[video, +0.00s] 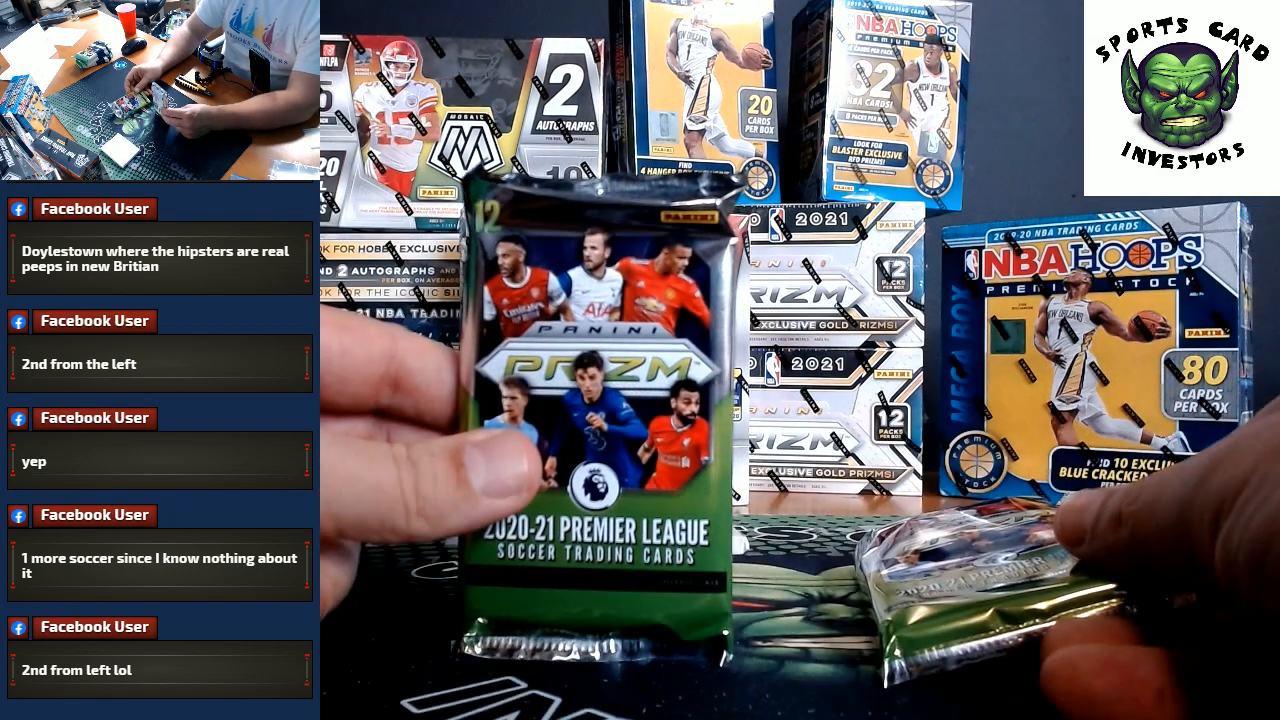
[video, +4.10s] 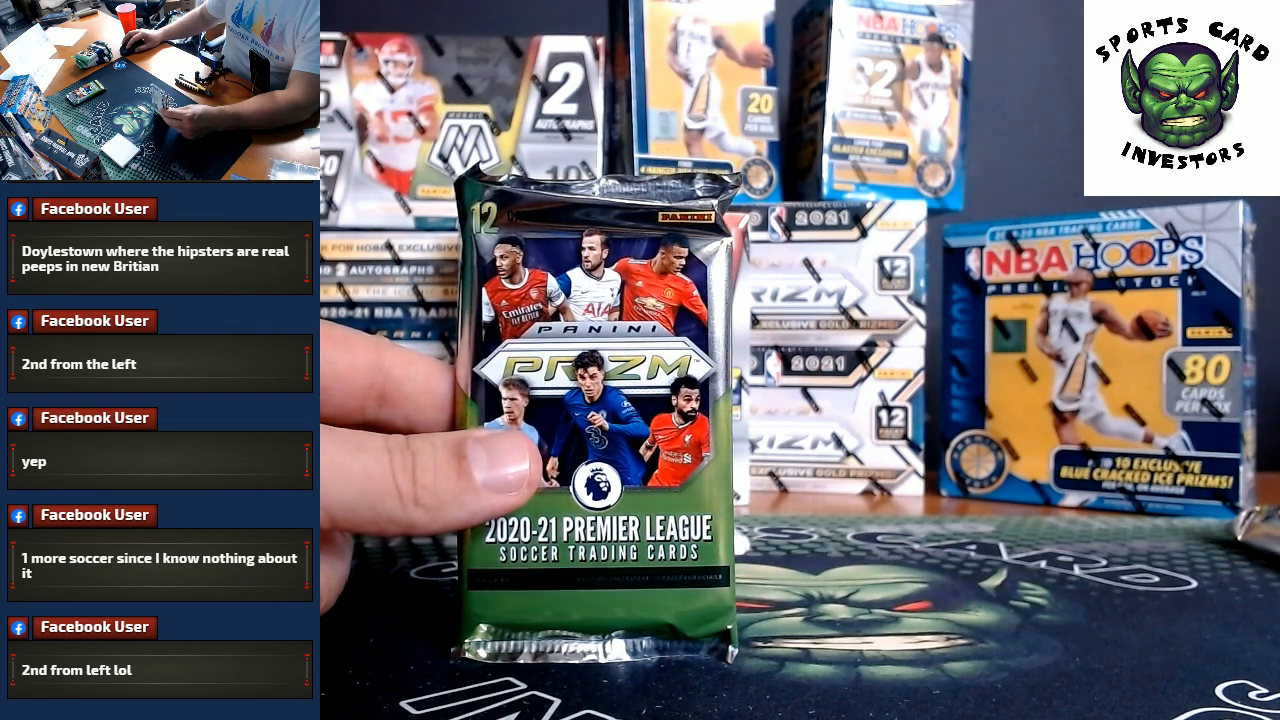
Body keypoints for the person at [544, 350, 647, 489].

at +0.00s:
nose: (587, 384)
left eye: (592, 378)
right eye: (582, 378)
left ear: (602, 376)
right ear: (576, 379)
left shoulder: (613, 399)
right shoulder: (571, 401)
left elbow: (641, 432)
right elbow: (562, 428)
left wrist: (608, 428)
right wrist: (553, 455)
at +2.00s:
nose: (591, 385)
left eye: (596, 378)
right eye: (586, 379)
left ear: (606, 376)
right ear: (580, 378)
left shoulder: (617, 399)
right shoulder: (574, 402)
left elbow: (646, 432)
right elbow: (567, 429)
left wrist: (612, 429)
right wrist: (558, 457)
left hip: (630, 473)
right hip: (598, 471)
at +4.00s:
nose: (588, 384)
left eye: (593, 377)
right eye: (583, 377)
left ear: (603, 374)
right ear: (577, 377)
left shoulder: (615, 398)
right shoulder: (572, 400)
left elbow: (643, 429)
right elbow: (566, 421)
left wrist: (610, 427)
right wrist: (555, 455)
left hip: (627, 472)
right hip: (596, 470)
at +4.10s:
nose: (588, 384)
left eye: (593, 377)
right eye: (582, 378)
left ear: (602, 375)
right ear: (577, 378)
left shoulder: (614, 398)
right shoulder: (571, 400)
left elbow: (643, 430)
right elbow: (566, 422)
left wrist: (609, 427)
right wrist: (554, 455)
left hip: (627, 473)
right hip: (596, 472)